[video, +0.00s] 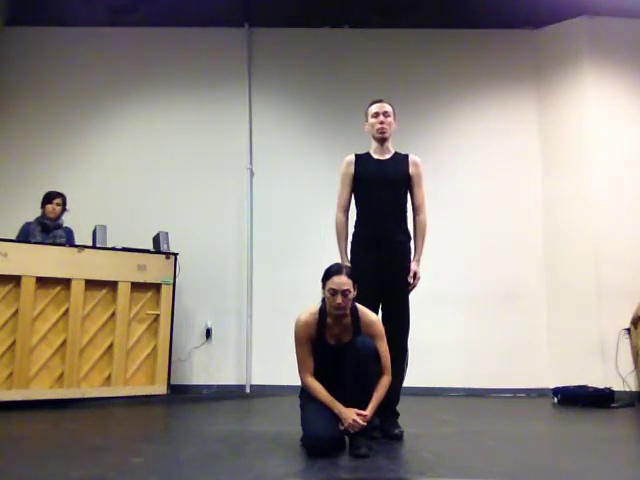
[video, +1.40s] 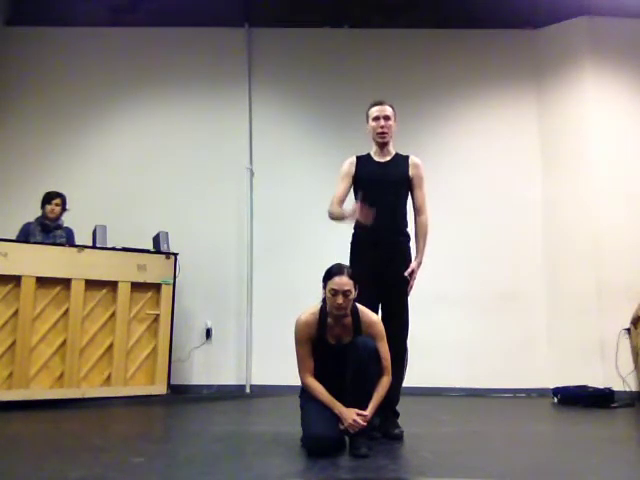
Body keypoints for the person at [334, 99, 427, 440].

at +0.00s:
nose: (381, 120)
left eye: (386, 115)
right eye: (375, 116)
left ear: (395, 123)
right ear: (366, 125)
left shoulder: (411, 165)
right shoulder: (352, 164)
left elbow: (420, 214)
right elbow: (341, 213)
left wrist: (417, 259)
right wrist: (344, 261)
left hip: (397, 259)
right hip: (363, 259)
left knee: (396, 339)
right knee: (359, 338)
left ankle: (389, 415)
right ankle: (360, 417)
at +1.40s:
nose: (383, 124)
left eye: (387, 118)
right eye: (377, 119)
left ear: (395, 124)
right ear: (368, 126)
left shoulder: (411, 166)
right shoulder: (353, 165)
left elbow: (421, 215)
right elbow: (333, 210)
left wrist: (419, 259)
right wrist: (350, 213)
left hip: (396, 259)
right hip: (363, 259)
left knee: (395, 339)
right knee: (360, 338)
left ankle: (388, 415)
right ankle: (360, 416)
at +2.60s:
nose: (380, 122)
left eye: (385, 118)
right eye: (374, 118)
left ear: (393, 125)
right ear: (365, 127)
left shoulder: (409, 166)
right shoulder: (353, 164)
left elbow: (419, 215)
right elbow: (332, 207)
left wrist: (416, 260)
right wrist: (365, 180)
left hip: (395, 257)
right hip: (362, 257)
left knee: (395, 338)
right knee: (359, 336)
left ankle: (388, 415)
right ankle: (359, 416)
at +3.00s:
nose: (380, 123)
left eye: (385, 118)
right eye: (374, 119)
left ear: (393, 125)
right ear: (365, 127)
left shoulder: (409, 166)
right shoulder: (353, 164)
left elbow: (419, 215)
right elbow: (335, 206)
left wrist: (416, 259)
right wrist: (366, 177)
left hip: (395, 257)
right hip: (362, 257)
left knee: (394, 337)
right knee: (359, 336)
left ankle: (388, 415)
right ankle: (358, 416)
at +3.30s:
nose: (381, 124)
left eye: (385, 119)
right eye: (375, 119)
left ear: (393, 125)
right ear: (365, 127)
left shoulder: (409, 166)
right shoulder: (353, 164)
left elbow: (419, 215)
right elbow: (333, 205)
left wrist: (416, 259)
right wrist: (366, 177)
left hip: (394, 258)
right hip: (362, 257)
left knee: (395, 337)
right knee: (358, 336)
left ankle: (388, 415)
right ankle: (358, 416)